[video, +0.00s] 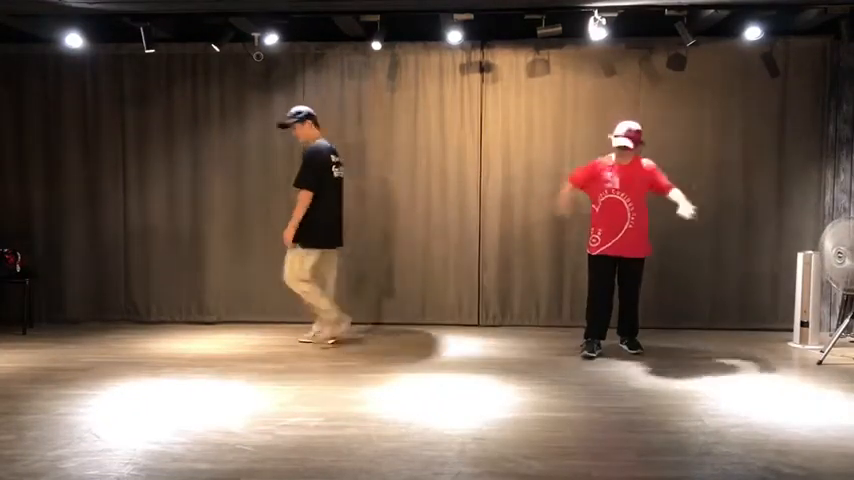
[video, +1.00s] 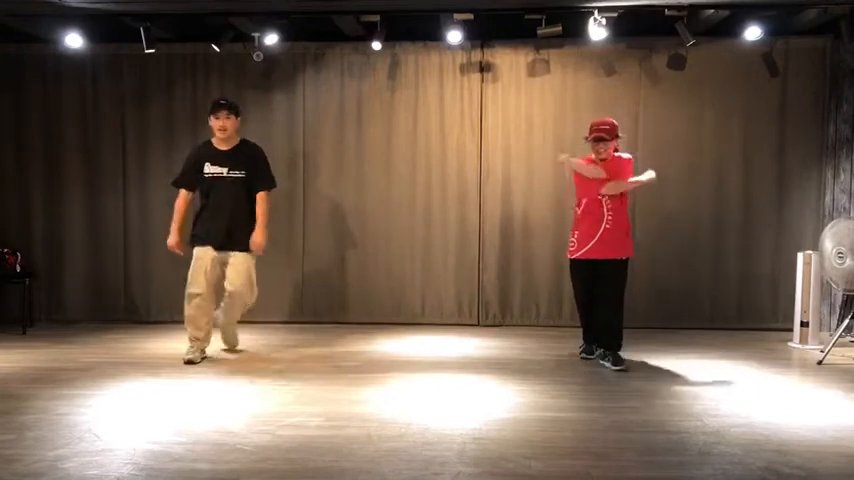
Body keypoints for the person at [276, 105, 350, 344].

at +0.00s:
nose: (294, 134)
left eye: (296, 128)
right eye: (292, 129)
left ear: (309, 124)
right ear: (310, 126)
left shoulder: (314, 153)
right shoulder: (330, 151)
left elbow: (306, 195)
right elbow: (329, 196)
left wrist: (291, 227)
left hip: (313, 231)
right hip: (331, 230)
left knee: (295, 276)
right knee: (325, 281)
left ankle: (336, 320)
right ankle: (322, 328)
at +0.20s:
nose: (277, 132)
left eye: (282, 127)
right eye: (274, 127)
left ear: (295, 126)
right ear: (274, 130)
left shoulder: (304, 158)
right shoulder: (286, 156)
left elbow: (302, 198)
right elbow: (274, 186)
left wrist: (295, 232)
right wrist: (255, 207)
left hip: (292, 236)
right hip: (304, 236)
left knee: (274, 284)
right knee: (310, 284)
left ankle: (257, 333)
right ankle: (323, 329)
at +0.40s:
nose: (260, 130)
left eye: (266, 125)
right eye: (258, 125)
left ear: (279, 126)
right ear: (256, 126)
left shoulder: (285, 157)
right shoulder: (258, 152)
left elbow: (286, 199)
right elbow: (245, 183)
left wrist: (288, 235)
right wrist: (228, 209)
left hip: (273, 233)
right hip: (255, 229)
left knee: (265, 282)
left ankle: (254, 330)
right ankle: (299, 309)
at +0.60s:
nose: (247, 126)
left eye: (253, 120)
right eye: (243, 120)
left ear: (265, 123)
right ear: (239, 124)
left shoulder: (275, 154)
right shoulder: (236, 151)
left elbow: (275, 194)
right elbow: (234, 188)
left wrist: (254, 226)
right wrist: (231, 219)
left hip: (261, 229)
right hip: (234, 225)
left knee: (257, 285)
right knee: (216, 269)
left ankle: (254, 330)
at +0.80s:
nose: (232, 126)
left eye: (238, 121)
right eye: (228, 121)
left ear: (249, 124)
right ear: (223, 124)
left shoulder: (262, 154)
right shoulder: (215, 154)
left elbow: (270, 193)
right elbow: (209, 193)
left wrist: (239, 217)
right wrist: (211, 221)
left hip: (249, 235)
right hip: (217, 233)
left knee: (250, 288)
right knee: (206, 284)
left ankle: (253, 332)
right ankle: (196, 342)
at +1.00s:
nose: (222, 123)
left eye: (228, 117)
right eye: (217, 118)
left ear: (238, 121)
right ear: (210, 122)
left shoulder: (253, 153)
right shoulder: (200, 153)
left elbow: (262, 195)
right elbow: (184, 193)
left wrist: (260, 231)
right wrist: (175, 232)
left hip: (241, 239)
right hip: (207, 238)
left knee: (242, 291)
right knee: (198, 293)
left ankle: (227, 323)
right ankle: (196, 344)